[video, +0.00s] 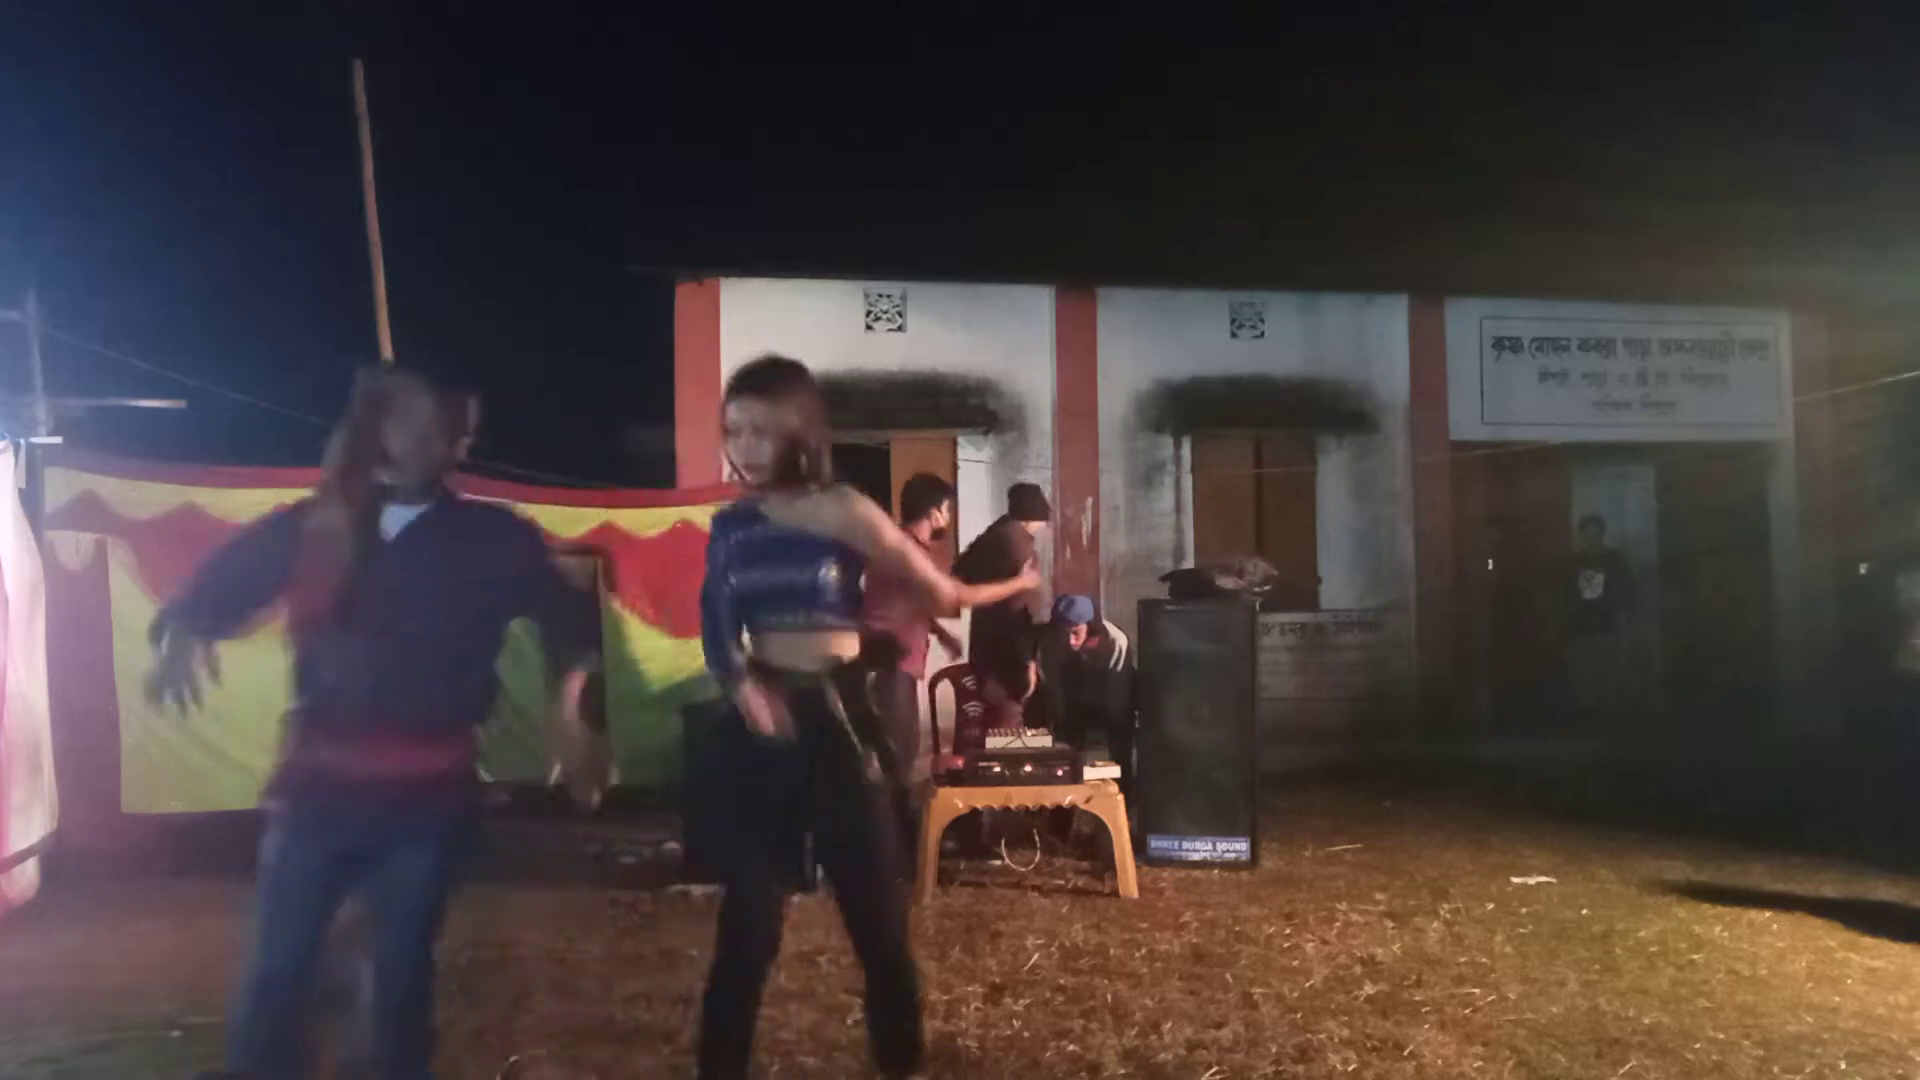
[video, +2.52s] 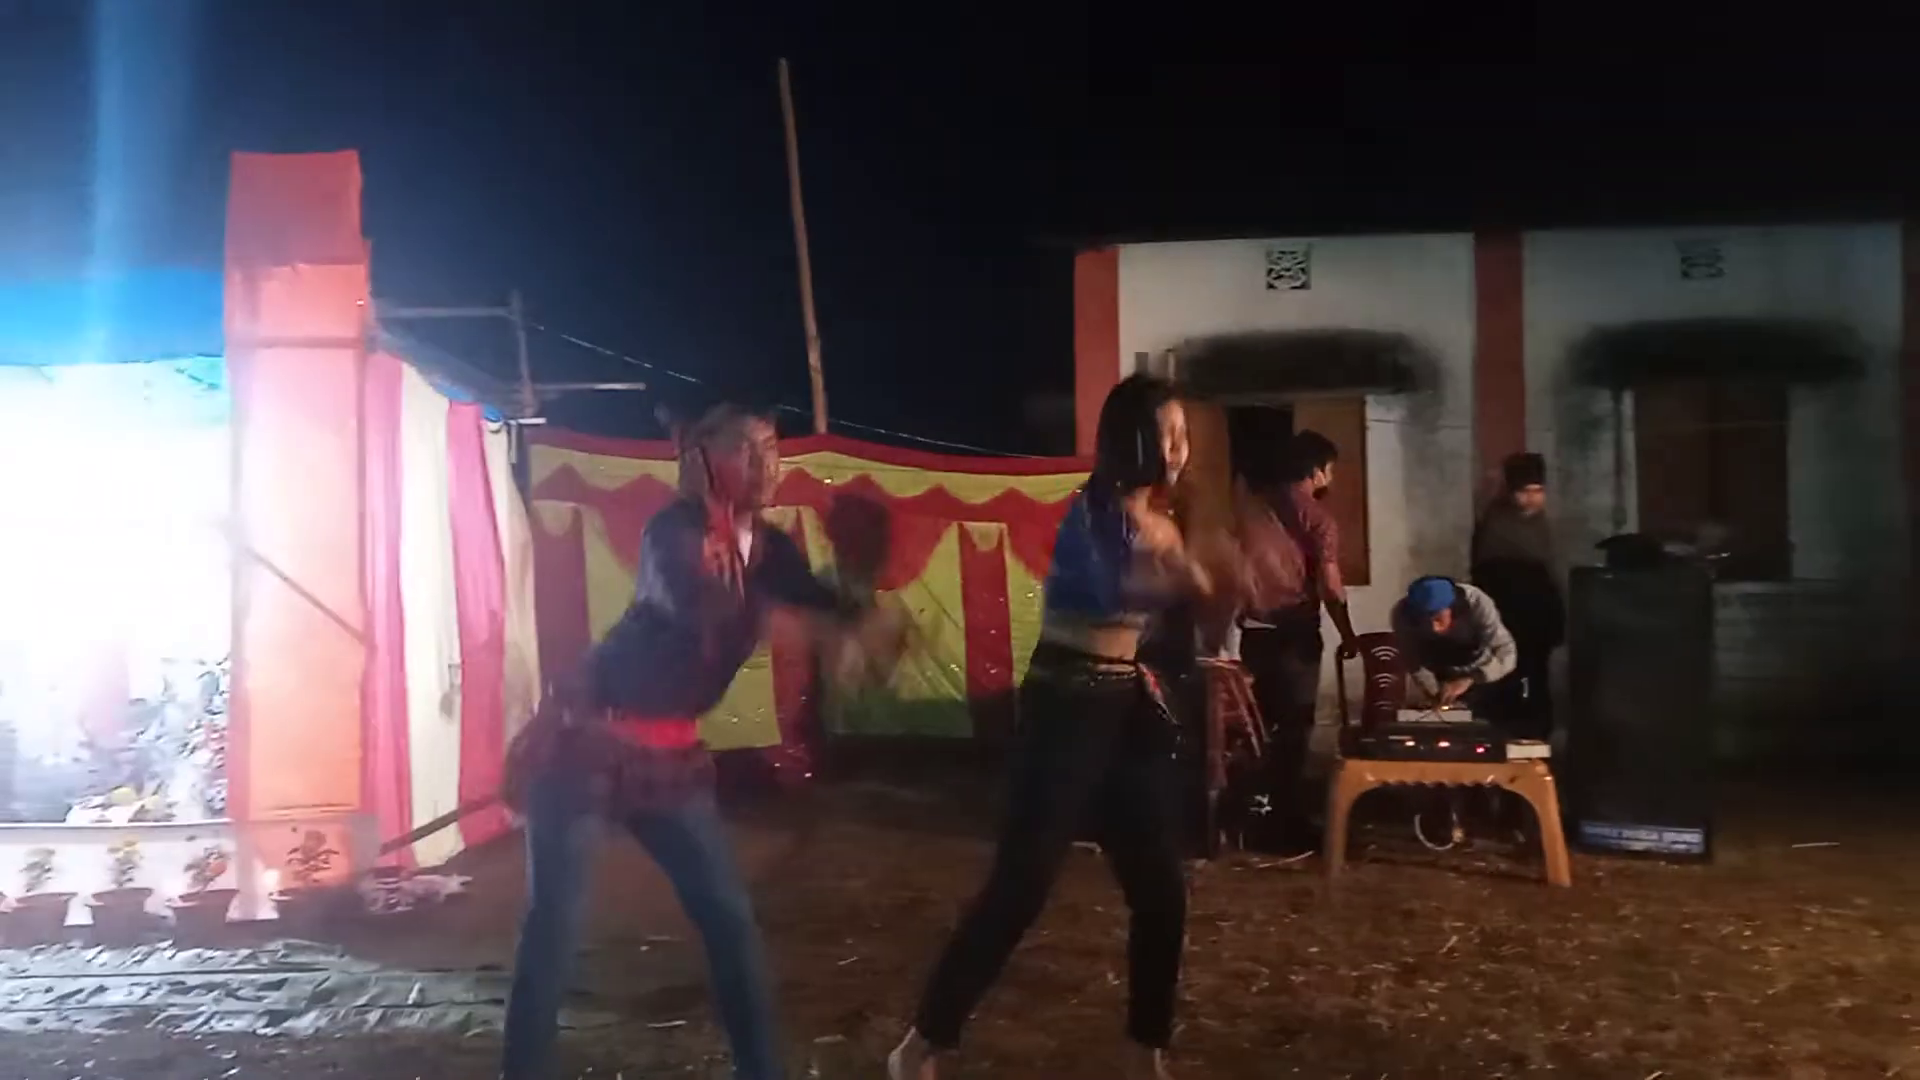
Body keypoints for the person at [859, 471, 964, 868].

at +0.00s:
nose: (948, 519)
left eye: (949, 511)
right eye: (946, 511)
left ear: (911, 508)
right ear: (934, 511)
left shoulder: (895, 544)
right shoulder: (910, 549)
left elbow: (908, 601)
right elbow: (943, 602)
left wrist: (941, 634)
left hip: (884, 657)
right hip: (896, 664)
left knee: (897, 753)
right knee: (902, 757)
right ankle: (902, 854)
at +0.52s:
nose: (958, 527)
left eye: (959, 520)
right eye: (957, 519)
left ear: (920, 515)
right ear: (947, 519)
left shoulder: (896, 546)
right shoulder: (929, 549)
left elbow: (910, 606)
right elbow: (970, 596)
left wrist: (956, 601)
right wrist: (992, 589)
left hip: (868, 666)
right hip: (892, 668)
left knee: (886, 758)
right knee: (890, 760)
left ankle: (884, 852)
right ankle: (885, 854)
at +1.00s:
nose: (992, 526)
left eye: (997, 519)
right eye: (991, 517)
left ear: (978, 509)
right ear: (974, 506)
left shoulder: (958, 526)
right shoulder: (953, 528)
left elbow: (977, 584)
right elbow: (978, 586)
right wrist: (1012, 631)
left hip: (923, 633)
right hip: (911, 633)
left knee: (923, 725)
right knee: (921, 725)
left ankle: (911, 814)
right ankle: (909, 817)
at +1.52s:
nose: (1082, 491)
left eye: (1082, 483)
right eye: (1079, 484)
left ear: (1050, 479)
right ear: (1068, 484)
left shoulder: (1030, 513)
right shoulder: (1041, 520)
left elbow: (1012, 580)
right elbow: (1031, 580)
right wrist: (1051, 634)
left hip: (1017, 635)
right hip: (1025, 637)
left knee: (1026, 720)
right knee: (1030, 722)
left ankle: (1010, 800)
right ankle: (1014, 807)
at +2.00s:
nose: (1228, 487)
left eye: (1228, 479)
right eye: (1228, 480)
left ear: (1189, 472)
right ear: (1219, 480)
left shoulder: (1154, 509)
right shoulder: (1201, 513)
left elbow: (1126, 566)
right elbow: (1208, 582)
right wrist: (1228, 637)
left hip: (1140, 631)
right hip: (1175, 635)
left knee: (1147, 721)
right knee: (1180, 724)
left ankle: (1140, 825)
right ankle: (1172, 828)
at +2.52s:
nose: (1328, 480)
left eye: (1329, 472)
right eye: (1326, 472)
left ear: (1287, 469)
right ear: (1313, 472)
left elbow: (1239, 569)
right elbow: (1330, 588)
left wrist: (1228, 621)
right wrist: (1348, 638)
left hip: (1254, 632)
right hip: (1299, 633)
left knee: (1260, 723)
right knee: (1295, 727)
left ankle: (1243, 813)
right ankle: (1288, 819)